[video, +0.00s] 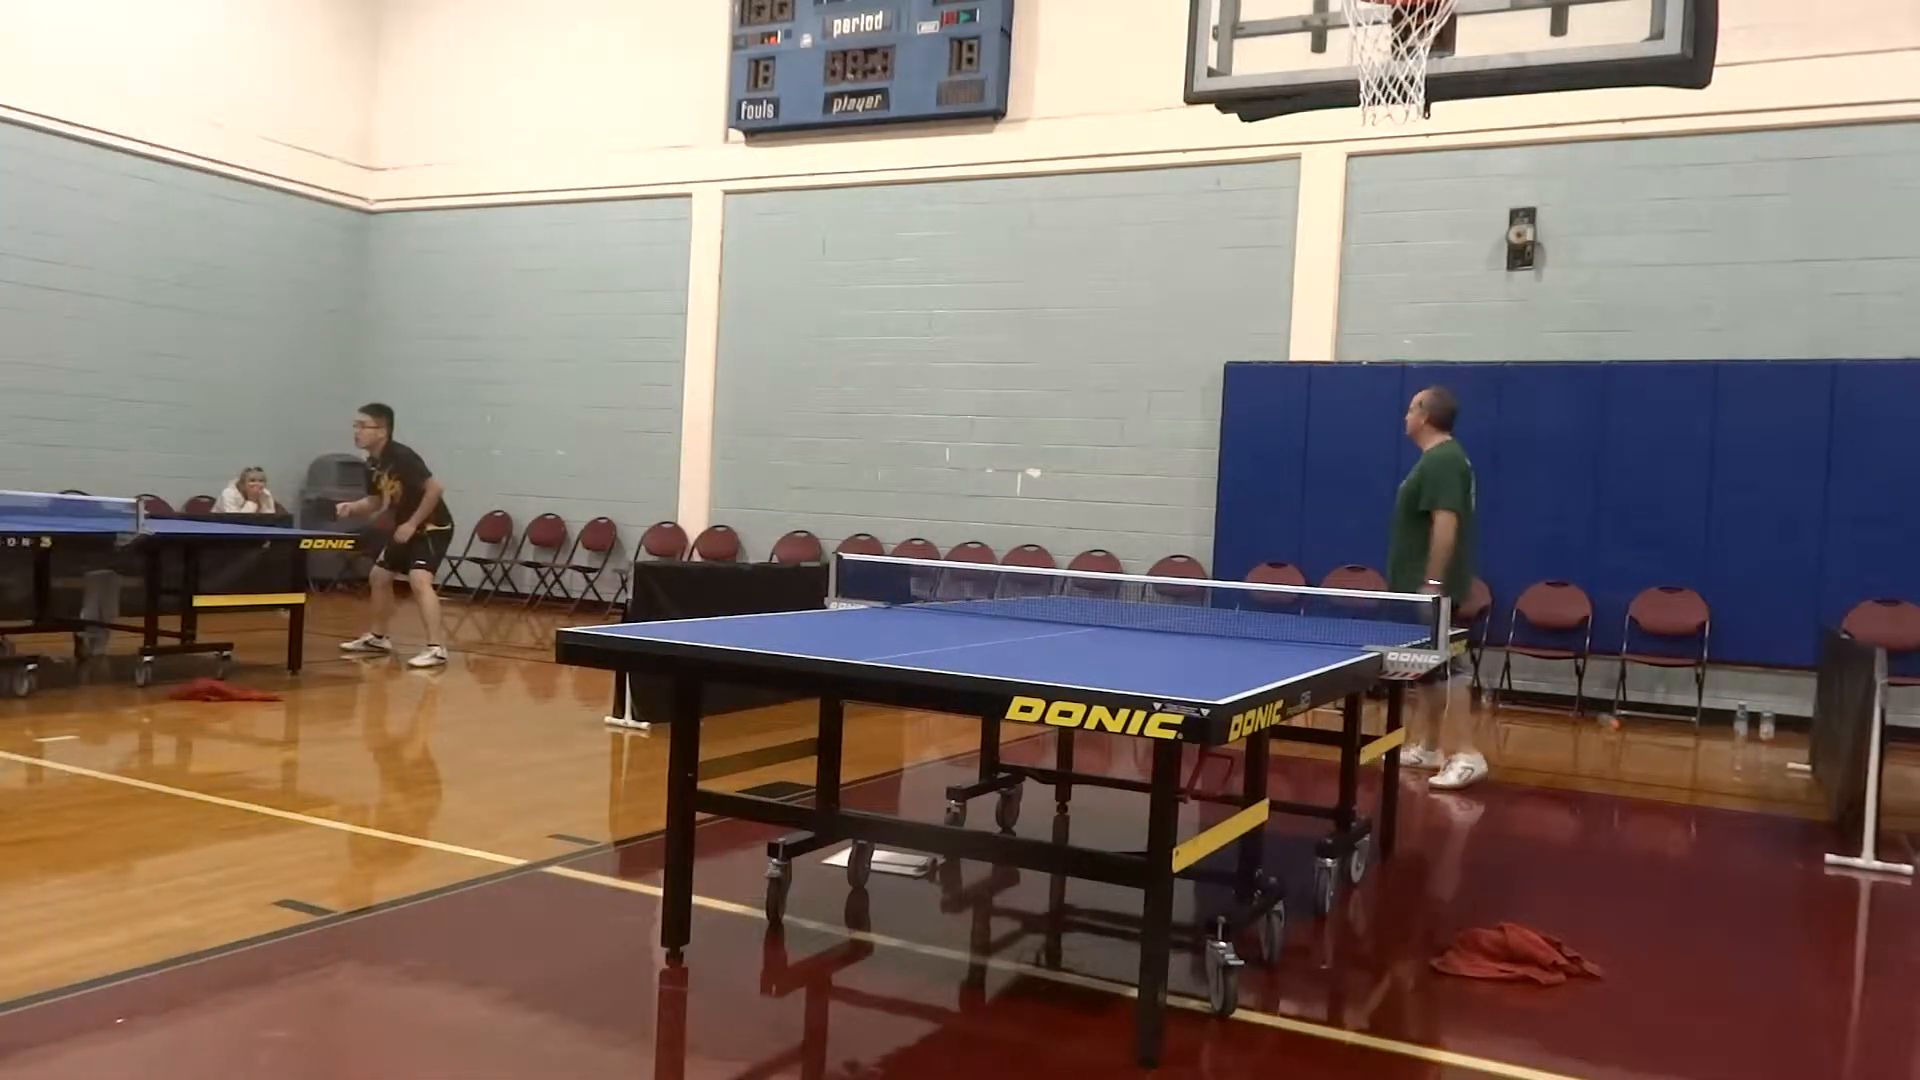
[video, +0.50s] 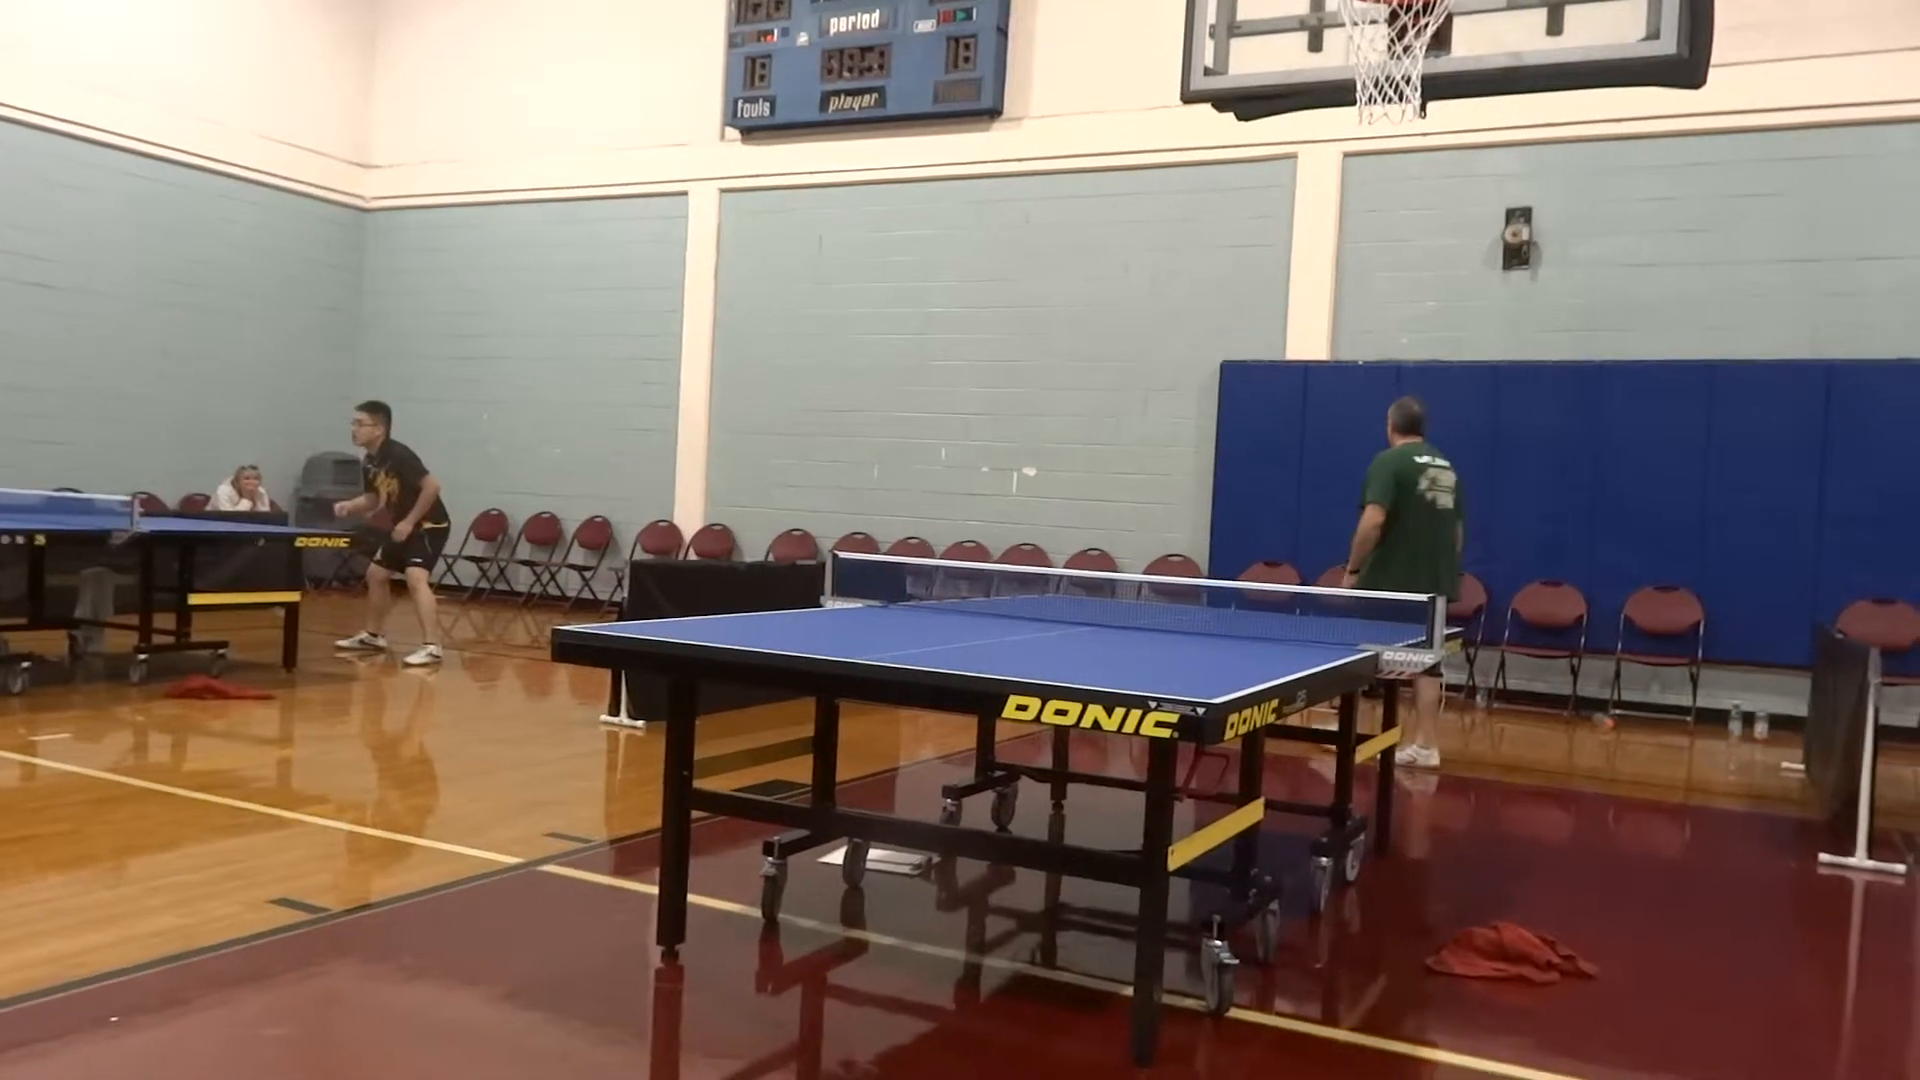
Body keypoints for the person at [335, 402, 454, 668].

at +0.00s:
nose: (356, 431)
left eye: (363, 426)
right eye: (356, 425)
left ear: (382, 431)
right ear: (370, 432)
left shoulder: (403, 456)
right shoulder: (372, 464)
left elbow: (434, 488)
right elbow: (376, 500)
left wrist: (412, 524)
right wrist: (353, 507)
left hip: (433, 526)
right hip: (405, 526)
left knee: (419, 578)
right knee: (379, 576)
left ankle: (436, 648)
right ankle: (378, 638)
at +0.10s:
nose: (355, 431)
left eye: (362, 427)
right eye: (355, 426)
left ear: (381, 432)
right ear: (369, 432)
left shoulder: (401, 456)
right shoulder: (371, 464)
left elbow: (432, 488)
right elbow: (375, 500)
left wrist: (410, 524)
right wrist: (351, 507)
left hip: (431, 527)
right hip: (404, 527)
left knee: (417, 580)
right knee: (377, 577)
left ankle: (433, 650)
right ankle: (376, 639)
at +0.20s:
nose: (356, 437)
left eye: (363, 432)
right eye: (356, 431)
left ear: (381, 437)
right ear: (373, 437)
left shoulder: (402, 461)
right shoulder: (372, 470)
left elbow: (435, 494)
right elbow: (376, 505)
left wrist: (412, 528)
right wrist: (353, 513)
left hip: (433, 532)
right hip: (407, 532)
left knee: (419, 583)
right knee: (379, 581)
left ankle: (437, 654)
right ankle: (378, 643)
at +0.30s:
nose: (356, 428)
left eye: (363, 423)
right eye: (357, 423)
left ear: (383, 429)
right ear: (373, 429)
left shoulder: (403, 454)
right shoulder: (372, 461)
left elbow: (435, 486)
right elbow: (376, 497)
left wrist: (412, 521)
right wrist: (354, 504)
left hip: (432, 524)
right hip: (406, 525)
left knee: (419, 576)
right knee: (378, 573)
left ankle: (435, 646)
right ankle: (376, 635)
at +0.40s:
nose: (354, 428)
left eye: (361, 423)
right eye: (355, 422)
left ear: (380, 428)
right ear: (371, 429)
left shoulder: (400, 453)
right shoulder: (369, 461)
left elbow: (432, 486)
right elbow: (374, 497)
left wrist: (409, 520)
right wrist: (352, 504)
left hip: (430, 523)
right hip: (404, 524)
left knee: (417, 576)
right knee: (377, 573)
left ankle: (433, 646)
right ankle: (374, 635)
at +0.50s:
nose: (354, 429)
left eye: (360, 424)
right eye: (354, 423)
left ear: (380, 429)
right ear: (370, 430)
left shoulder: (399, 454)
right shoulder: (369, 461)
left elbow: (431, 486)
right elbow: (373, 497)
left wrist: (409, 521)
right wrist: (350, 506)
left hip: (429, 524)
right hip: (403, 525)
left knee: (416, 577)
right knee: (376, 574)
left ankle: (432, 647)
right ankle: (373, 636)